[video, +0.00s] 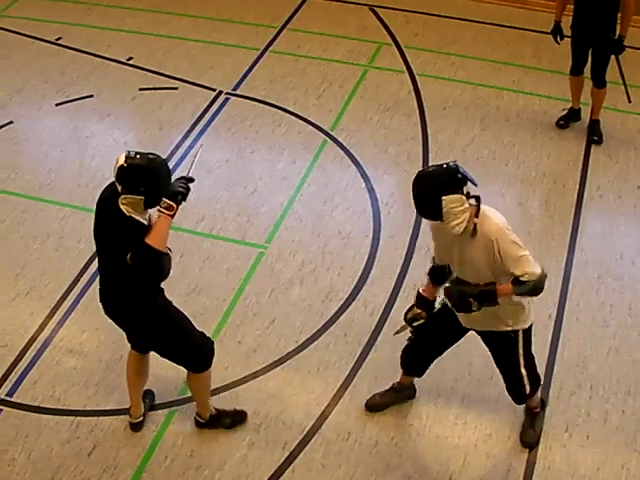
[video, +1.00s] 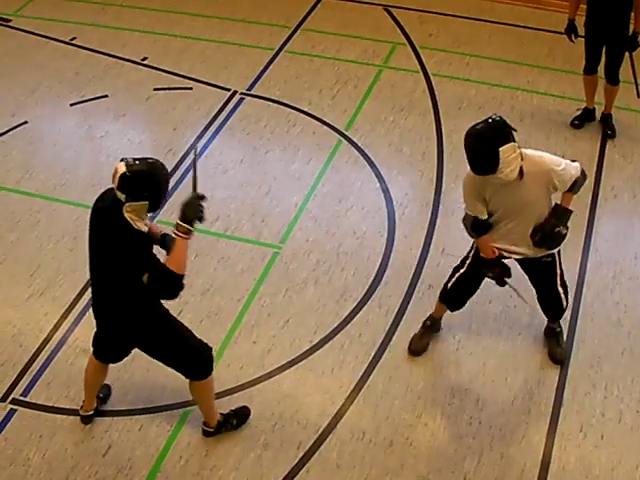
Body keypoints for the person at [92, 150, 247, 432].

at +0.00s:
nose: (155, 202)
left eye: (156, 196)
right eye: (153, 197)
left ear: (127, 182)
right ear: (140, 196)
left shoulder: (109, 196)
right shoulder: (127, 228)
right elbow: (152, 269)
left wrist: (164, 196)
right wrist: (168, 210)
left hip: (113, 297)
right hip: (142, 306)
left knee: (140, 344)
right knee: (200, 350)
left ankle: (135, 412)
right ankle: (205, 413)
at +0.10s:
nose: (160, 209)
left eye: (162, 203)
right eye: (159, 204)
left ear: (132, 189)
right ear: (145, 204)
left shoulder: (116, 200)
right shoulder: (133, 235)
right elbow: (161, 274)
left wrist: (172, 207)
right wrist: (177, 219)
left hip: (121, 295)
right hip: (148, 305)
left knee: (147, 345)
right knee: (207, 355)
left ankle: (140, 411)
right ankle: (219, 422)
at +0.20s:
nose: (165, 212)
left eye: (167, 206)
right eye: (162, 208)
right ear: (149, 209)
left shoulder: (121, 204)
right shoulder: (137, 238)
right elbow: (163, 273)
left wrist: (169, 212)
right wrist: (173, 229)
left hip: (127, 298)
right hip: (155, 308)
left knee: (149, 342)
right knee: (213, 357)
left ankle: (141, 409)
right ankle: (222, 423)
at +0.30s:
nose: (163, 208)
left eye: (160, 203)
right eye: (158, 204)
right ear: (143, 208)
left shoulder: (128, 206)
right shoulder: (120, 236)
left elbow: (162, 223)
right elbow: (146, 279)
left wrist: (174, 248)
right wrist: (148, 236)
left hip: (137, 295)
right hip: (161, 308)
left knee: (144, 338)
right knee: (219, 356)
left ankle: (121, 401)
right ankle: (226, 424)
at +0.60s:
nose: (137, 217)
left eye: (136, 211)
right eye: (134, 213)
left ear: (110, 210)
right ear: (118, 217)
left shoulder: (105, 218)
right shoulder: (95, 250)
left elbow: (142, 239)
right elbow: (119, 293)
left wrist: (149, 261)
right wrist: (123, 256)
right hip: (142, 318)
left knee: (123, 350)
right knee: (213, 356)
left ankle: (90, 403)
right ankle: (234, 423)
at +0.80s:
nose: (102, 162)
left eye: (106, 165)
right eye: (135, 197)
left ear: (106, 181)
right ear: (125, 200)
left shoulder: (95, 201)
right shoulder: (110, 232)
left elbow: (133, 229)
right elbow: (144, 269)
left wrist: (147, 220)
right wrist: (151, 227)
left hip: (103, 301)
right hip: (130, 310)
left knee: (105, 350)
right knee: (186, 361)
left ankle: (89, 404)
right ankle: (217, 420)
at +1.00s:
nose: (120, 165)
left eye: (124, 170)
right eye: (126, 166)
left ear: (124, 187)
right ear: (145, 205)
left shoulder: (105, 203)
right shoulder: (129, 242)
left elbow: (132, 224)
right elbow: (169, 285)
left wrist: (162, 237)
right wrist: (185, 226)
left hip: (107, 309)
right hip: (140, 317)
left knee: (101, 355)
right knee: (199, 358)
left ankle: (88, 406)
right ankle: (212, 421)